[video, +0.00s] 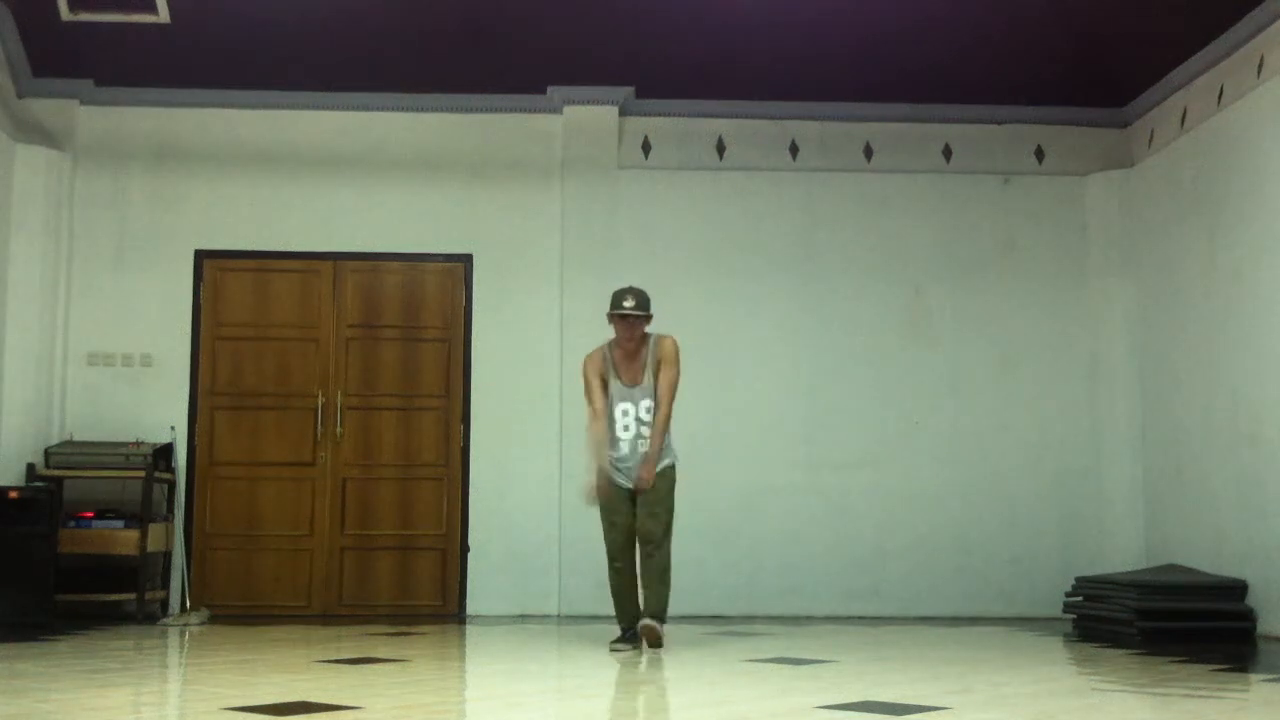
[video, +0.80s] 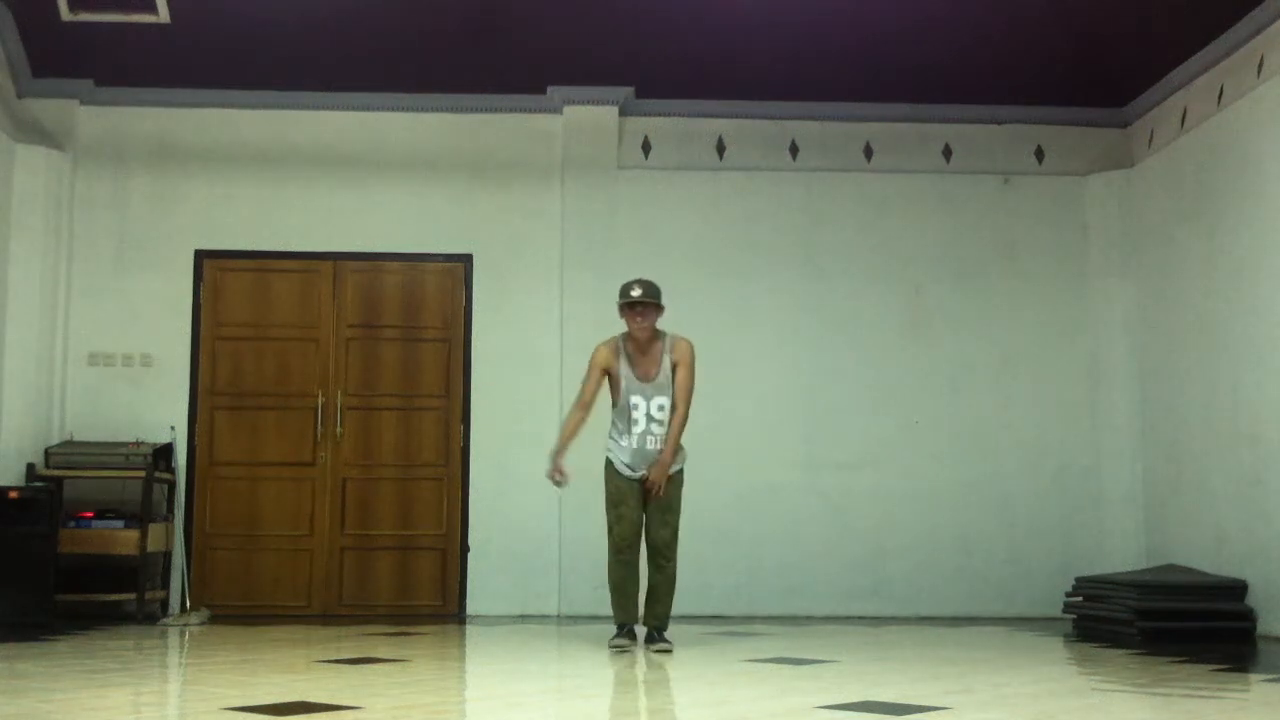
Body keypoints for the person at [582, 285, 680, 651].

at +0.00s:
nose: (628, 326)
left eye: (635, 320)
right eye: (621, 319)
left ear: (647, 321)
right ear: (611, 320)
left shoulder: (664, 348)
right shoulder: (595, 360)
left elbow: (664, 407)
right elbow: (598, 417)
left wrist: (651, 460)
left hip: (655, 465)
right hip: (613, 468)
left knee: (653, 542)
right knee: (618, 550)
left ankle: (653, 621)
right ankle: (629, 627)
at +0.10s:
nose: (635, 323)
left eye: (642, 317)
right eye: (628, 316)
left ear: (653, 319)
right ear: (617, 316)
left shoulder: (668, 347)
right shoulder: (601, 352)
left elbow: (664, 408)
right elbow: (616, 396)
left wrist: (644, 461)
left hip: (655, 460)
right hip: (611, 461)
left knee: (655, 539)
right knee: (618, 547)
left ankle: (657, 619)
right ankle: (629, 627)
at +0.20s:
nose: (646, 319)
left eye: (653, 313)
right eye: (639, 312)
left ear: (663, 316)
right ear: (627, 313)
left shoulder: (675, 350)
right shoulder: (608, 345)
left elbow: (662, 409)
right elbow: (632, 398)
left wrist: (642, 462)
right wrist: (689, 414)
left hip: (656, 459)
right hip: (612, 460)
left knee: (657, 542)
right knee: (618, 547)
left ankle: (657, 623)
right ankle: (629, 628)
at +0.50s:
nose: (659, 331)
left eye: (666, 325)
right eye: (652, 324)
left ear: (677, 330)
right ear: (641, 326)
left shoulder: (685, 373)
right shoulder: (622, 356)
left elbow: (670, 432)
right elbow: (619, 414)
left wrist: (650, 479)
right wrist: (674, 422)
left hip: (665, 469)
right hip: (621, 466)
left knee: (664, 546)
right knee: (628, 540)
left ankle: (656, 626)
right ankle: (628, 621)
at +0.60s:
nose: (654, 328)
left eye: (662, 322)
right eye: (648, 321)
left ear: (673, 326)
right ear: (637, 324)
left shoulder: (686, 365)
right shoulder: (619, 356)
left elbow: (675, 424)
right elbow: (616, 419)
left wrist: (658, 475)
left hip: (666, 468)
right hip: (621, 467)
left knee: (662, 547)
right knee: (627, 544)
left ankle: (656, 628)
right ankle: (630, 624)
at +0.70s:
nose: (647, 321)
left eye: (654, 315)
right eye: (640, 315)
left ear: (666, 318)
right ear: (630, 318)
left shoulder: (684, 356)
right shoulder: (614, 354)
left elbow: (678, 416)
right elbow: (603, 410)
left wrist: (663, 470)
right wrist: (593, 464)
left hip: (666, 466)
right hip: (621, 466)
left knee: (662, 548)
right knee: (625, 544)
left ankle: (657, 628)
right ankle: (629, 623)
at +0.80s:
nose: (640, 315)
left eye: (647, 308)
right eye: (632, 309)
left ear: (659, 312)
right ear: (622, 313)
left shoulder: (679, 349)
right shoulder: (607, 353)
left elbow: (681, 410)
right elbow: (582, 406)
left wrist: (665, 462)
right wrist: (558, 454)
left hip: (666, 464)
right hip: (621, 464)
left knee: (662, 548)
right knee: (623, 545)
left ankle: (656, 628)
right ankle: (624, 627)